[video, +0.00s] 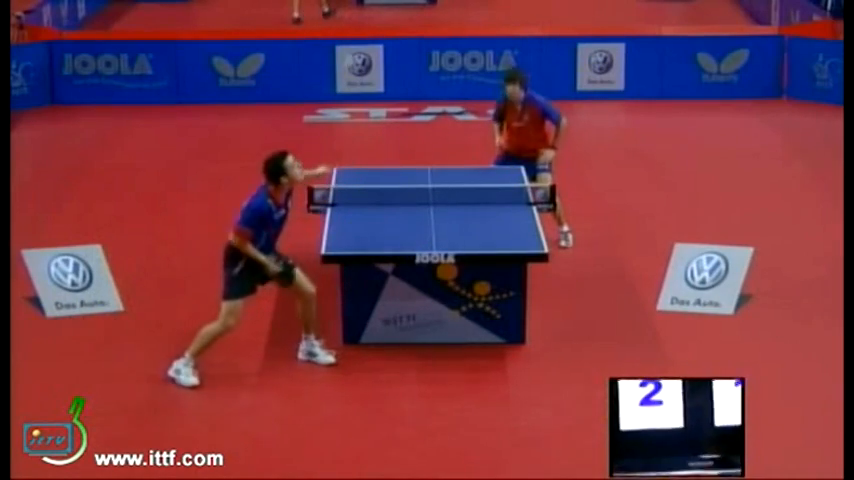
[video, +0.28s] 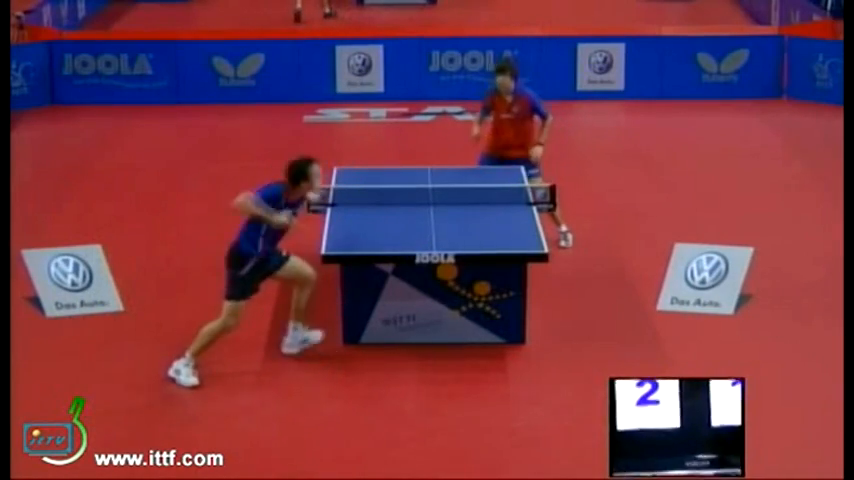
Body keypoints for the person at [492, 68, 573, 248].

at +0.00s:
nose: (511, 92)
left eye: (514, 87)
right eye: (508, 87)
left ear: (522, 88)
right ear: (505, 88)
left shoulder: (536, 103)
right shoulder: (504, 104)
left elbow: (560, 121)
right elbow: (497, 120)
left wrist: (553, 147)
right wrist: (498, 137)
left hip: (536, 154)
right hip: (510, 153)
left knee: (546, 191)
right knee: (494, 184)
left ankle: (563, 228)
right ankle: (493, 229)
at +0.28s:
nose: (502, 84)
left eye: (506, 80)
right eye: (500, 80)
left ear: (513, 81)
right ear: (496, 81)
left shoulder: (526, 97)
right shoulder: (493, 97)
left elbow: (547, 117)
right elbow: (482, 114)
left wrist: (540, 144)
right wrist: (477, 128)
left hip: (522, 156)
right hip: (495, 154)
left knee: (540, 195)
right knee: (479, 191)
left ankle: (562, 229)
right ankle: (473, 233)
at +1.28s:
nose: (500, 104)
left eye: (503, 100)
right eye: (497, 99)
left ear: (509, 101)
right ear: (492, 100)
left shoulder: (517, 116)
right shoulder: (487, 113)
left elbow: (530, 132)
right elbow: (477, 121)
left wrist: (538, 138)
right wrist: (469, 121)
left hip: (502, 160)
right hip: (478, 159)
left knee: (527, 187)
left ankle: (537, 226)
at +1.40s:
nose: (505, 92)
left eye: (508, 88)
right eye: (502, 88)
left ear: (514, 89)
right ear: (497, 89)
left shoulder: (523, 108)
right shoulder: (490, 104)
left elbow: (543, 126)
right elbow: (471, 114)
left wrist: (545, 131)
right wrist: (457, 119)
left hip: (512, 157)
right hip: (487, 155)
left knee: (534, 185)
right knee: (472, 189)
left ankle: (538, 226)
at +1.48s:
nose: (505, 83)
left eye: (508, 79)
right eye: (502, 79)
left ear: (515, 80)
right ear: (497, 80)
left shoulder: (525, 99)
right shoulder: (490, 95)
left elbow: (549, 118)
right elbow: (468, 105)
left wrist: (547, 127)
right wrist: (452, 113)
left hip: (516, 153)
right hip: (488, 152)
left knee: (532, 185)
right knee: (474, 188)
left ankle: (537, 226)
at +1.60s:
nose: (500, 74)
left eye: (504, 70)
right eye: (497, 70)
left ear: (511, 70)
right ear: (493, 71)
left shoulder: (522, 89)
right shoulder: (487, 87)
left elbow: (543, 107)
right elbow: (461, 101)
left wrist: (542, 122)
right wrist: (452, 115)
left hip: (516, 143)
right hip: (488, 142)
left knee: (532, 180)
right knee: (471, 177)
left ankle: (544, 221)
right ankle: (464, 223)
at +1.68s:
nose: (496, 74)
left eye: (499, 70)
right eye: (493, 70)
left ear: (507, 71)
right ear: (489, 71)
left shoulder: (519, 89)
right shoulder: (484, 88)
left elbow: (539, 108)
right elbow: (460, 104)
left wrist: (538, 127)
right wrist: (457, 124)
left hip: (515, 142)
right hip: (487, 141)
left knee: (532, 179)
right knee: (468, 176)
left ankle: (552, 216)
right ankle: (461, 220)